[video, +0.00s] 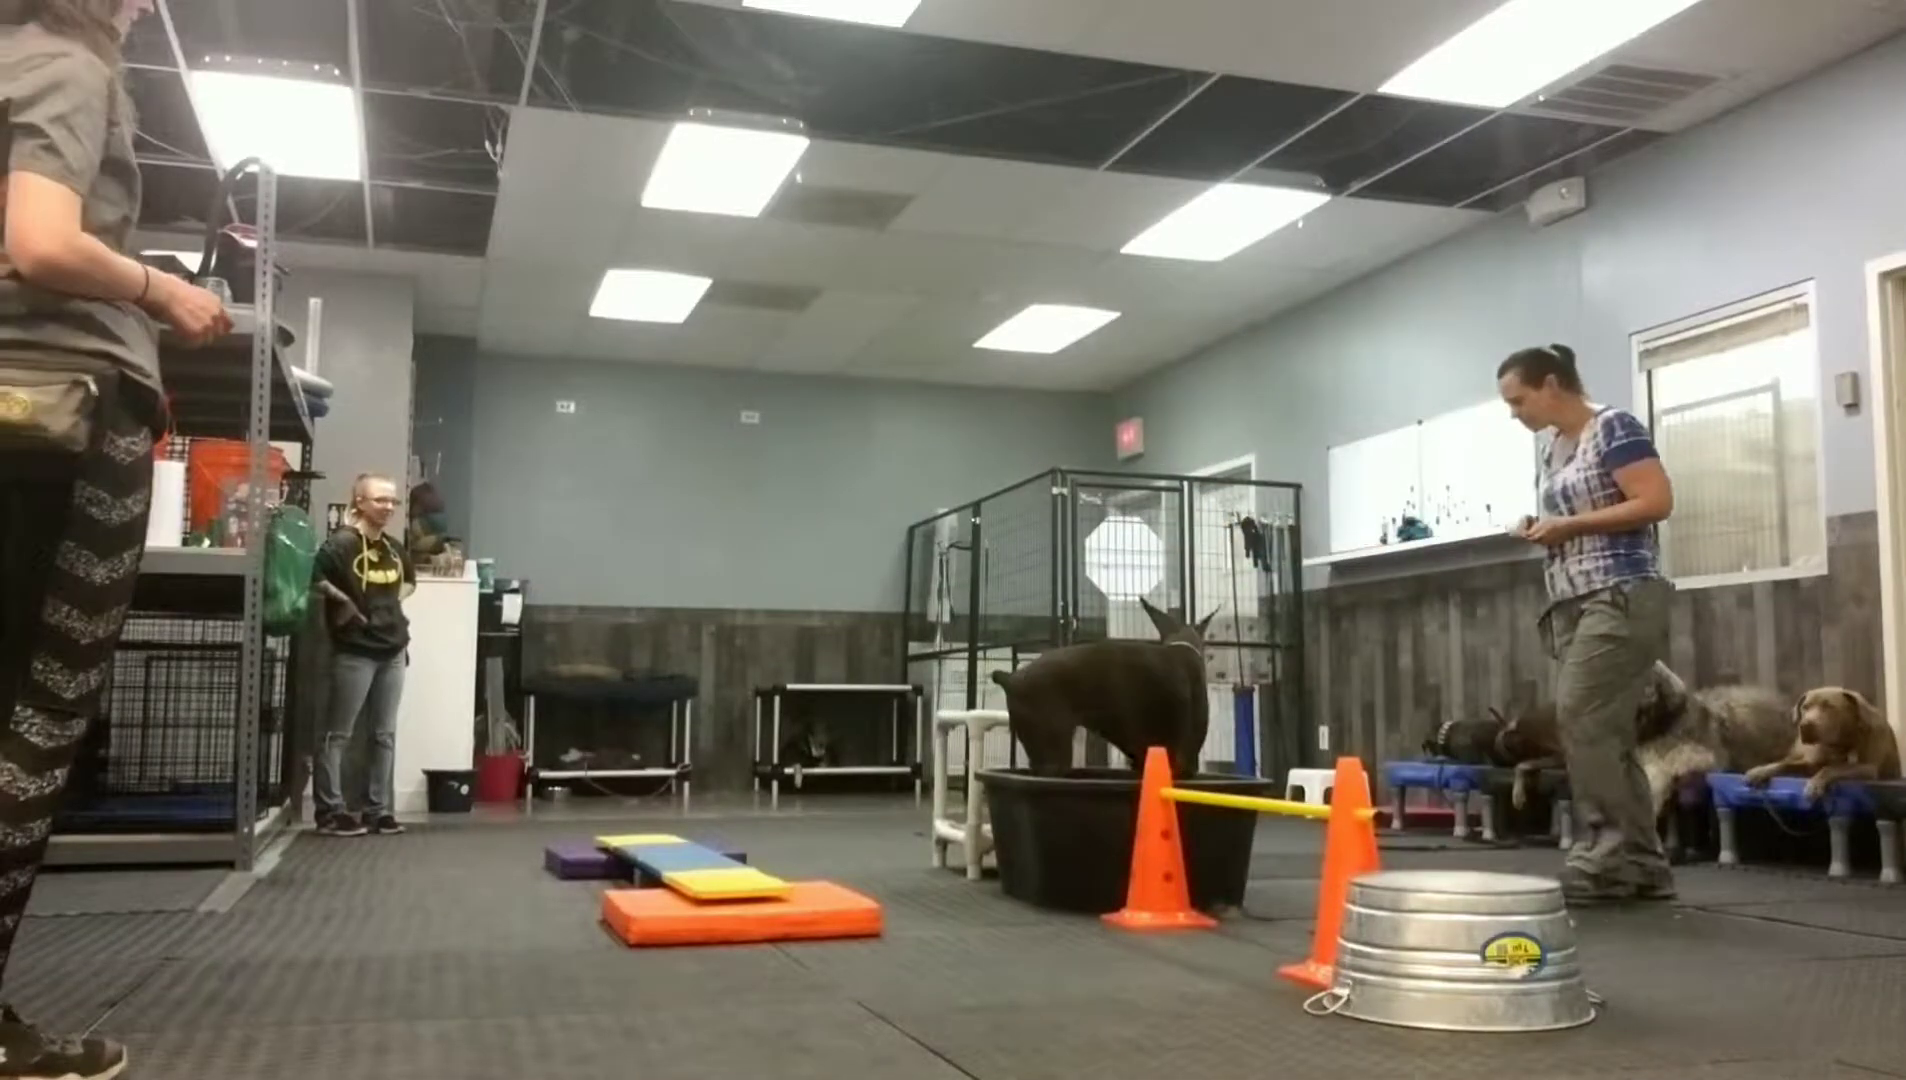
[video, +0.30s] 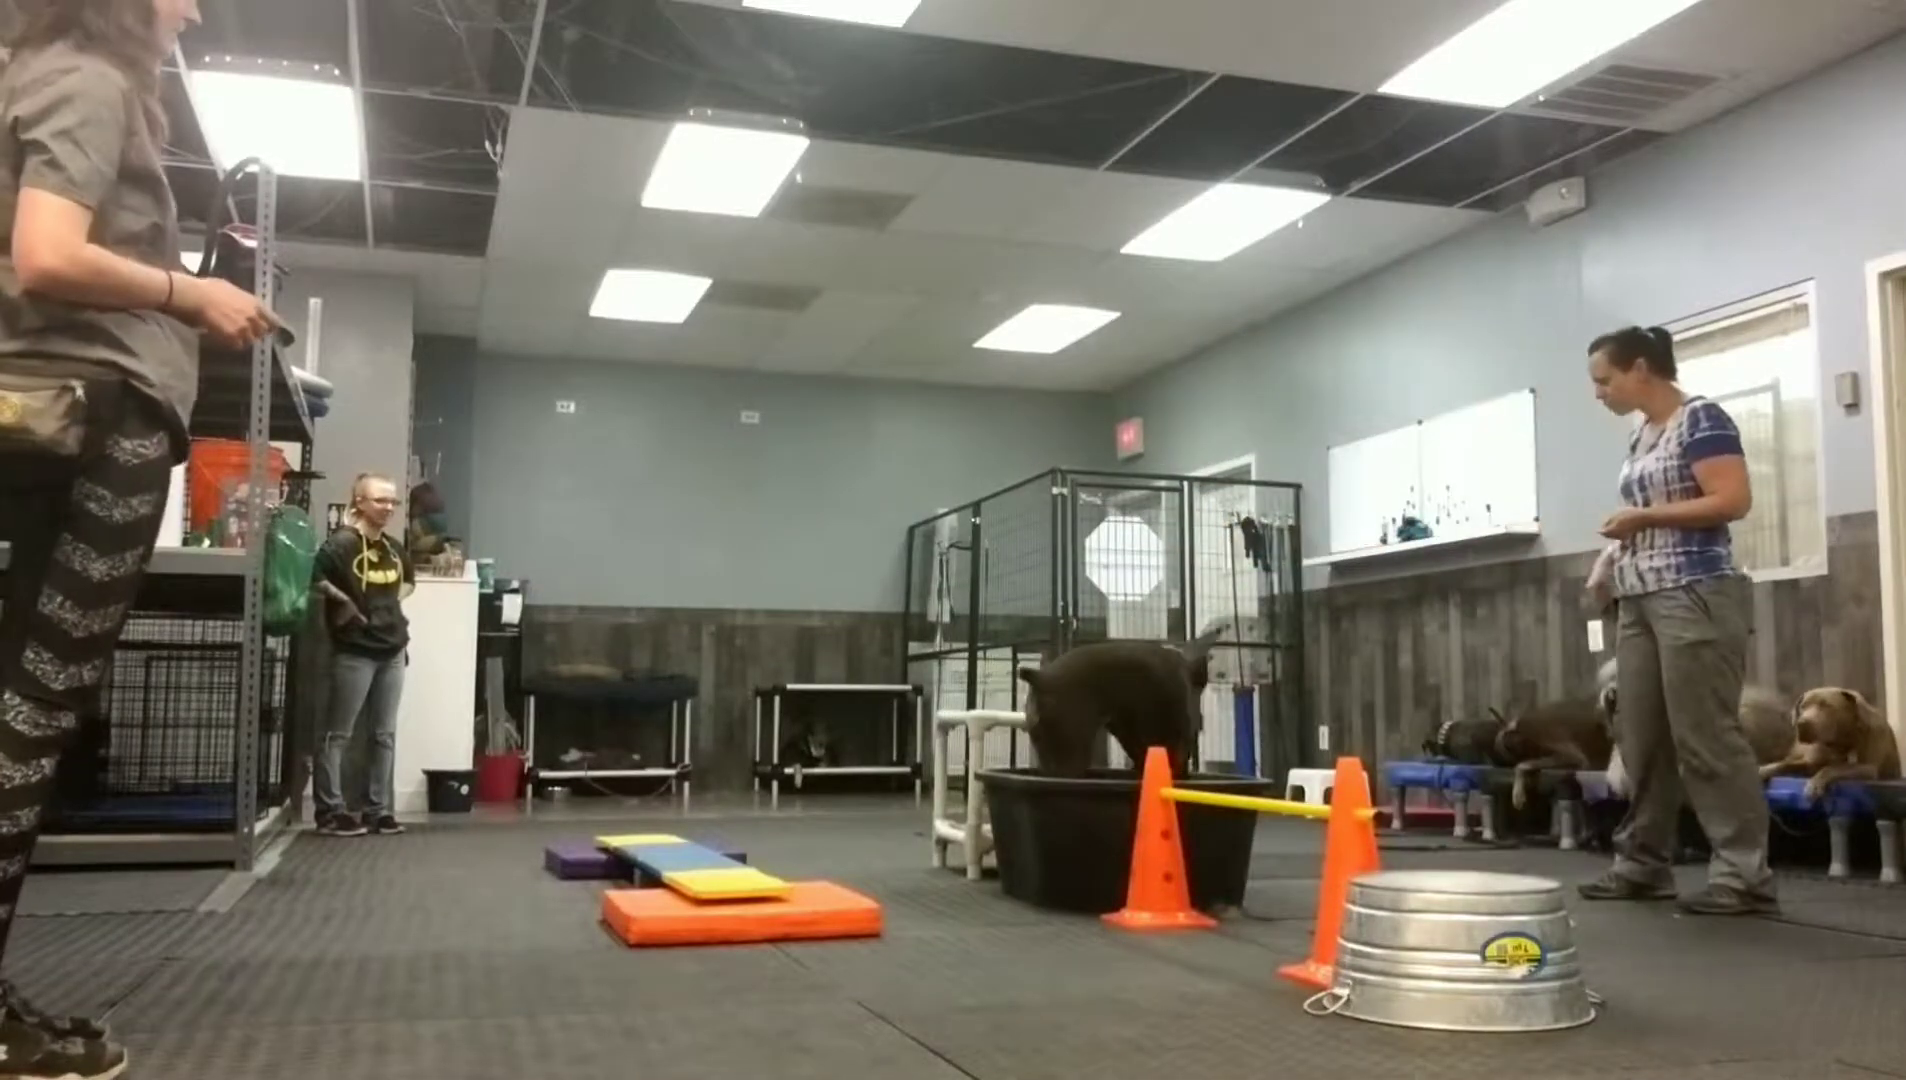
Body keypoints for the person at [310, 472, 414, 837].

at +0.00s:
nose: (389, 507)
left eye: (392, 502)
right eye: (381, 500)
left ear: (394, 506)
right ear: (360, 502)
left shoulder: (391, 546)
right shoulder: (339, 545)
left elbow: (408, 582)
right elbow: (315, 583)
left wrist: (393, 618)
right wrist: (345, 607)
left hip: (392, 649)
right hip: (355, 649)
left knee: (384, 735)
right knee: (339, 735)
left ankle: (377, 811)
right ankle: (330, 811)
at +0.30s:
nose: (389, 508)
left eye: (392, 502)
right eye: (381, 501)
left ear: (394, 506)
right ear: (360, 502)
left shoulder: (391, 546)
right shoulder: (339, 546)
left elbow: (406, 582)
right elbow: (316, 586)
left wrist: (394, 623)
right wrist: (347, 610)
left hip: (392, 649)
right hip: (355, 649)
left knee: (384, 735)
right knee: (338, 735)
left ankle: (377, 811)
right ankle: (329, 810)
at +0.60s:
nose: (389, 508)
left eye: (392, 502)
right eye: (381, 501)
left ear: (395, 506)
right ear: (359, 503)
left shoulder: (391, 546)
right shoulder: (339, 546)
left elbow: (405, 584)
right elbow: (316, 585)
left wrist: (394, 622)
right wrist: (346, 608)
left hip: (392, 650)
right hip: (355, 649)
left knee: (383, 734)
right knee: (339, 734)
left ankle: (378, 811)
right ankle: (330, 811)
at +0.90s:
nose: (390, 504)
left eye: (392, 498)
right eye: (382, 498)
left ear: (394, 504)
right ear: (360, 504)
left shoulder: (392, 546)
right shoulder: (341, 545)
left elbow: (407, 582)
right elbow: (314, 581)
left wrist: (393, 620)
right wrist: (345, 605)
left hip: (392, 649)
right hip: (355, 649)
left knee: (384, 734)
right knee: (339, 734)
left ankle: (378, 811)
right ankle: (330, 811)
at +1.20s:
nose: (390, 504)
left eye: (392, 498)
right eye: (381, 498)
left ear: (393, 504)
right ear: (359, 504)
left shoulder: (392, 545)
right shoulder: (340, 545)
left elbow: (408, 581)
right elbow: (316, 583)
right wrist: (346, 606)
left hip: (392, 649)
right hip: (355, 650)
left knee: (384, 734)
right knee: (339, 734)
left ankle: (378, 811)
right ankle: (329, 811)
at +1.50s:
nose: (388, 507)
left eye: (392, 500)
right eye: (380, 500)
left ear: (393, 505)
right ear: (358, 502)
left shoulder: (391, 546)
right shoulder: (339, 546)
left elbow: (407, 582)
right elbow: (316, 588)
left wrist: (391, 619)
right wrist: (347, 611)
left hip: (392, 649)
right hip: (355, 650)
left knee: (384, 735)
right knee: (339, 734)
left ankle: (378, 811)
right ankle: (330, 811)